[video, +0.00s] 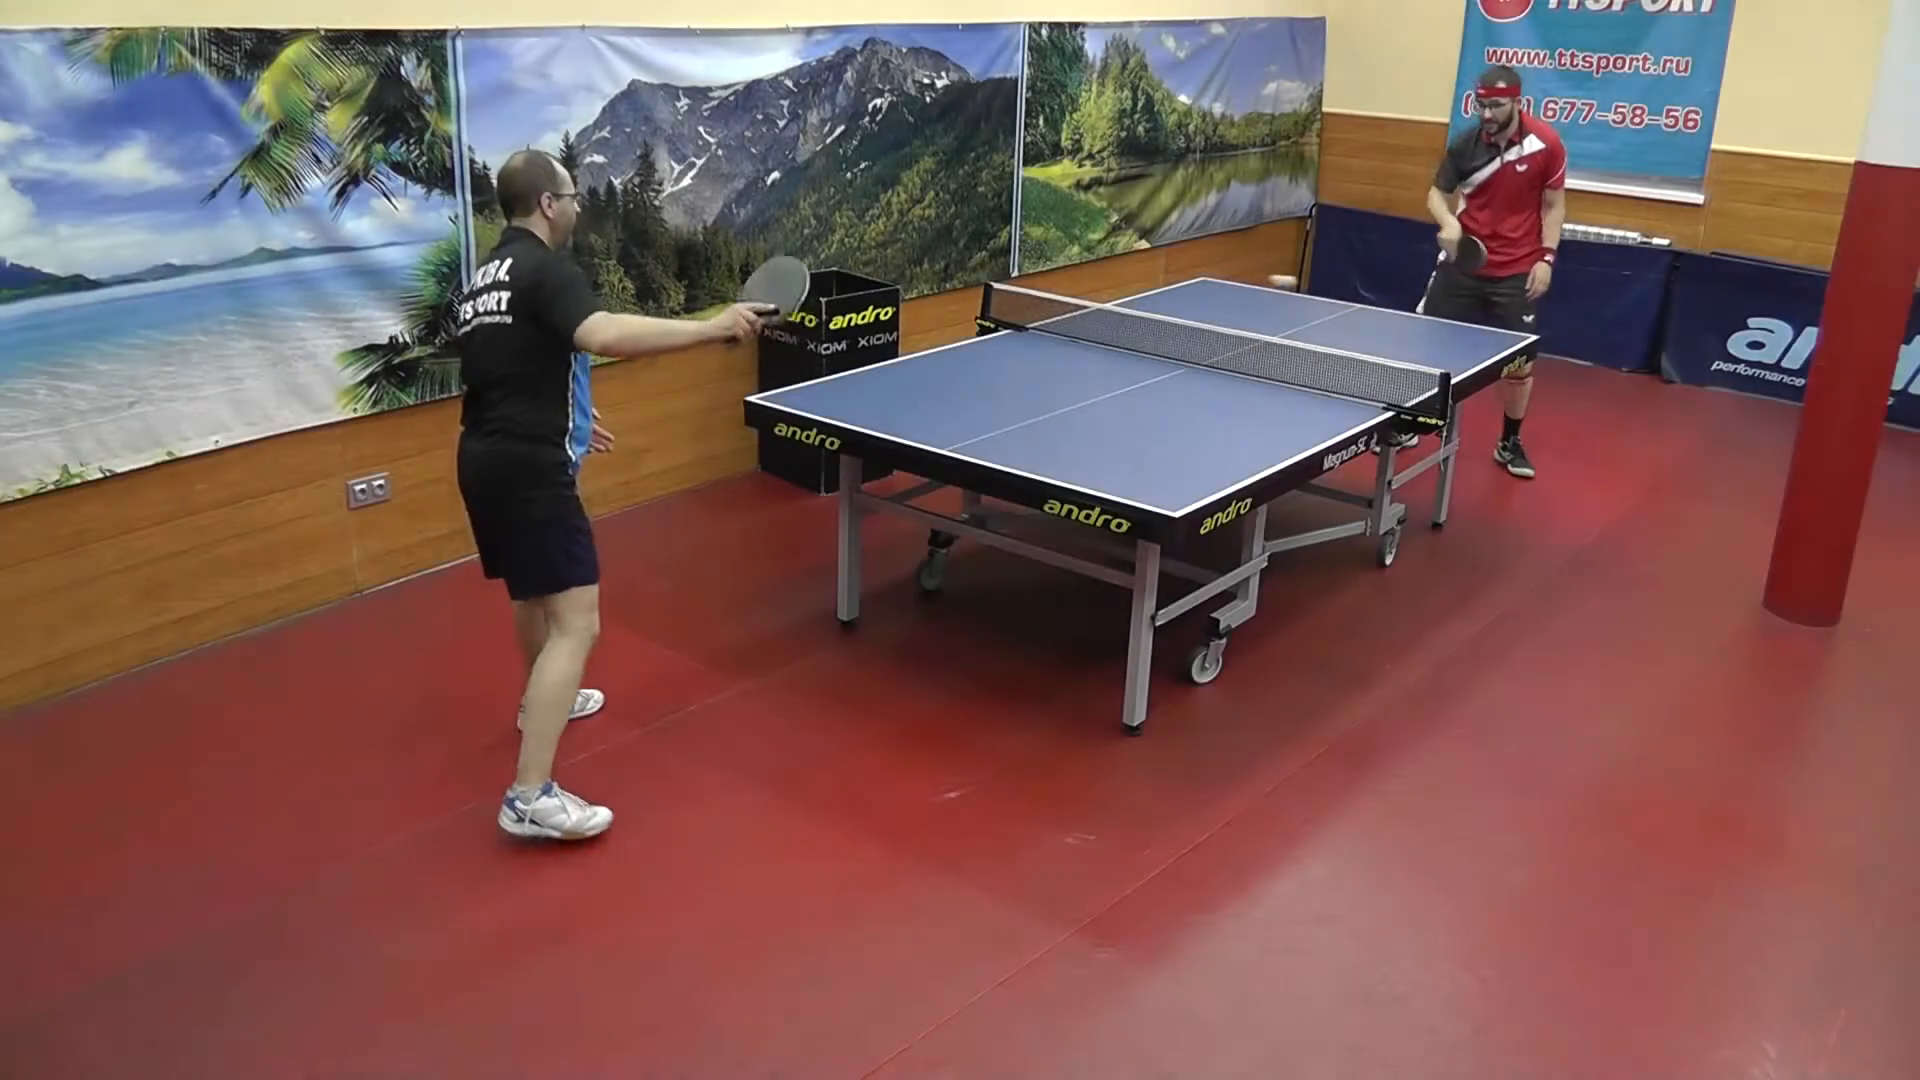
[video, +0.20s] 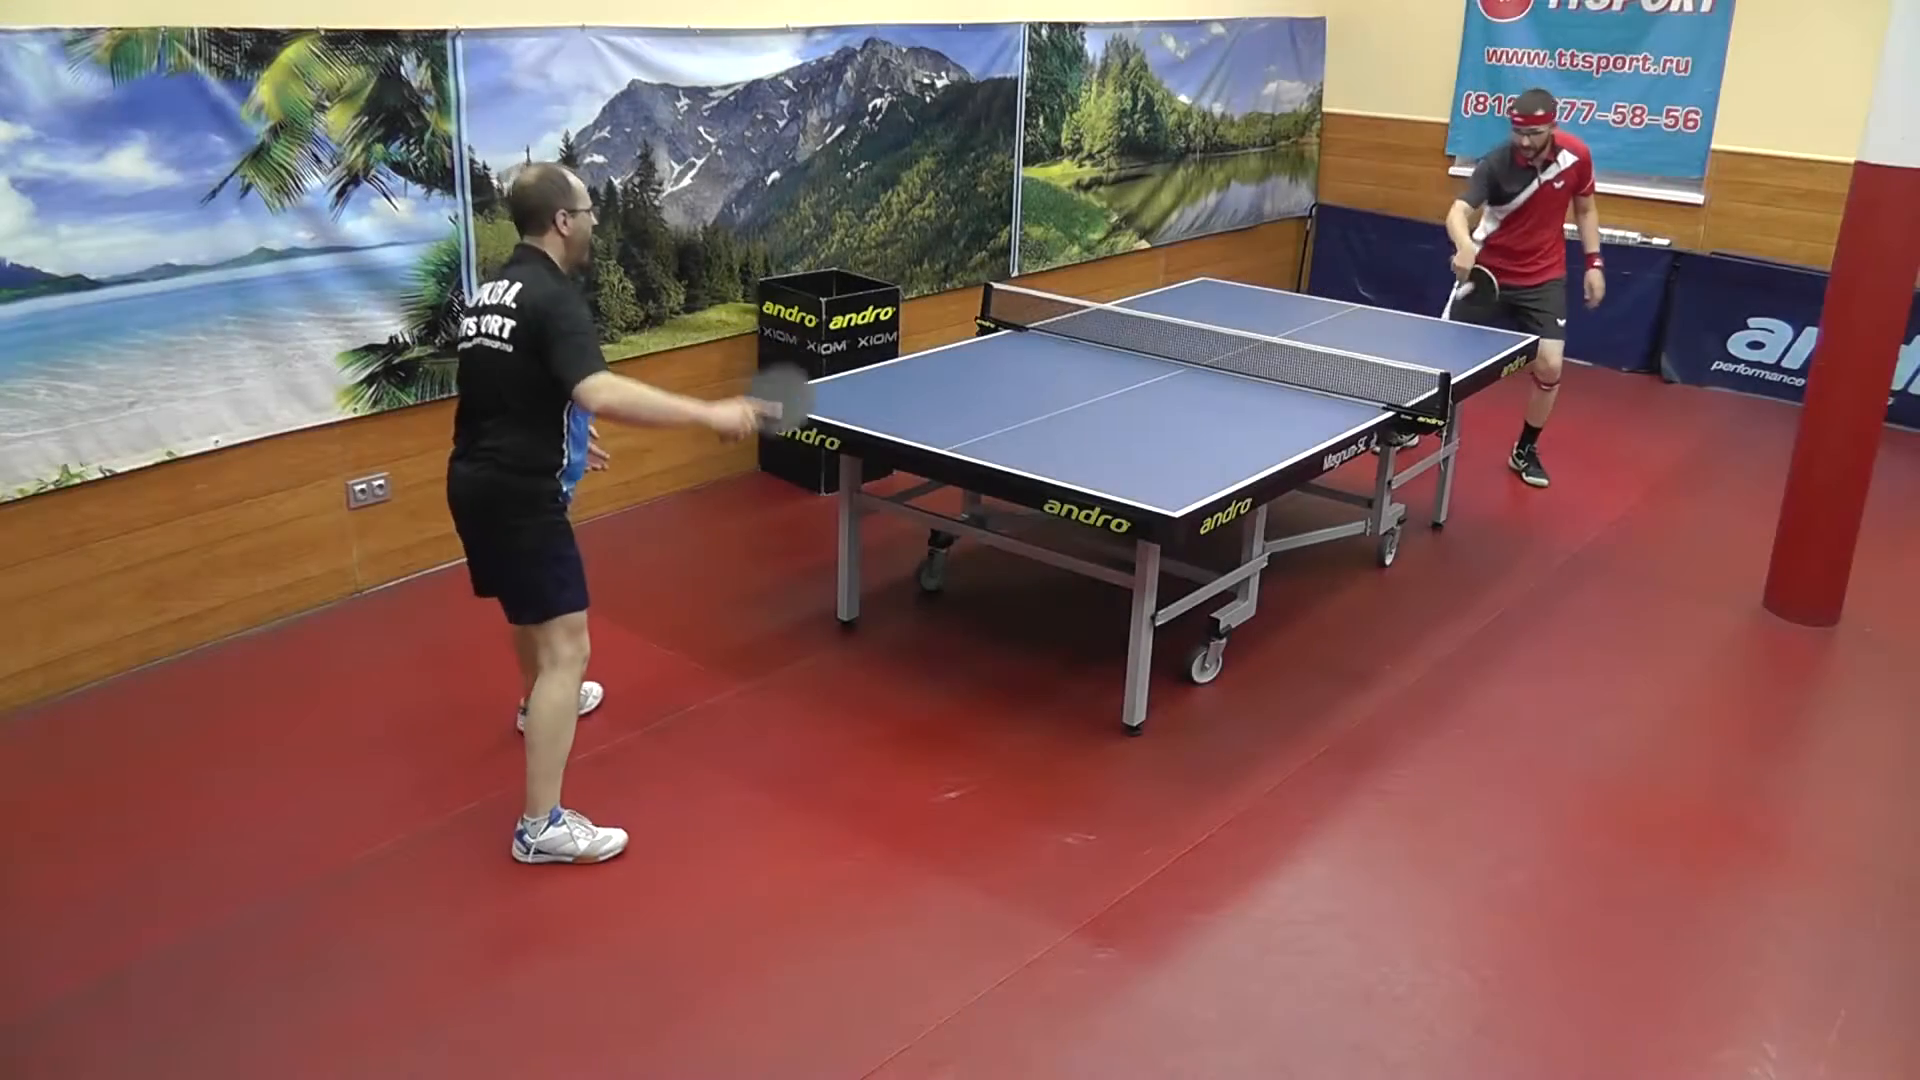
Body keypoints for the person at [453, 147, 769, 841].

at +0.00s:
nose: (577, 208)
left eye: (574, 197)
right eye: (571, 197)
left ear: (517, 208)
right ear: (547, 204)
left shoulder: (484, 273)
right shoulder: (544, 267)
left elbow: (493, 376)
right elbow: (601, 335)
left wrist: (561, 421)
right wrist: (711, 327)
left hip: (484, 461)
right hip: (529, 464)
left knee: (531, 592)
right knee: (575, 625)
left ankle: (543, 694)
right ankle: (529, 795)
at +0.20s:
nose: (593, 226)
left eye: (589, 213)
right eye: (587, 215)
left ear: (531, 224)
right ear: (560, 222)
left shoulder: (489, 290)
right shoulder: (552, 295)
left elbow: (491, 390)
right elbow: (593, 390)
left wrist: (561, 432)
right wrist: (708, 412)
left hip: (476, 485)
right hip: (521, 493)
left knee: (525, 601)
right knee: (565, 650)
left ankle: (541, 696)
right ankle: (541, 823)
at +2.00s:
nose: (637, 283)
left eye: (634, 270)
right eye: (631, 272)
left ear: (568, 283)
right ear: (603, 287)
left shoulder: (512, 342)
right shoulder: (586, 398)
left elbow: (512, 458)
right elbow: (614, 526)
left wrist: (588, 514)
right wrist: (674, 540)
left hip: (452, 558)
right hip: (523, 578)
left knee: (446, 689)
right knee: (634, 699)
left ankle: (388, 819)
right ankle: (684, 865)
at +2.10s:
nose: (617, 278)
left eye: (614, 264)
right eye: (610, 265)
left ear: (544, 274)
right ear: (579, 276)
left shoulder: (483, 337)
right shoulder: (560, 385)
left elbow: (484, 450)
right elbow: (589, 517)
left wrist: (550, 500)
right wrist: (643, 535)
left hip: (426, 549)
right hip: (497, 567)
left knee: (443, 680)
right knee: (600, 702)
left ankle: (389, 816)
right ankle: (660, 863)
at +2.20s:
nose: (600, 275)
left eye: (599, 261)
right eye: (596, 262)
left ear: (529, 267)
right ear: (569, 269)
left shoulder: (468, 330)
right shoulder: (555, 369)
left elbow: (455, 435)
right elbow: (596, 496)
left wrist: (550, 484)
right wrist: (626, 516)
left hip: (419, 547)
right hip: (494, 561)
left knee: (439, 681)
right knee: (585, 702)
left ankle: (390, 816)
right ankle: (624, 872)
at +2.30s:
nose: (587, 273)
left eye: (587, 259)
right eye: (584, 260)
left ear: (513, 263)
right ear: (559, 266)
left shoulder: (456, 333)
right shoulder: (561, 360)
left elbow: (408, 439)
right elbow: (621, 483)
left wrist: (480, 456)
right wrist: (567, 463)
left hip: (423, 555)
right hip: (503, 565)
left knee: (433, 684)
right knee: (595, 703)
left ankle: (388, 817)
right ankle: (626, 875)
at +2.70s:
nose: (587, 291)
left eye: (583, 280)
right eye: (583, 281)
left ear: (508, 297)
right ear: (567, 289)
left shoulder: (471, 382)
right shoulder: (611, 372)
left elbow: (417, 504)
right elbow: (705, 446)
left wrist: (450, 560)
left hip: (472, 591)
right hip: (565, 592)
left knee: (444, 701)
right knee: (648, 703)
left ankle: (389, 821)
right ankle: (630, 874)